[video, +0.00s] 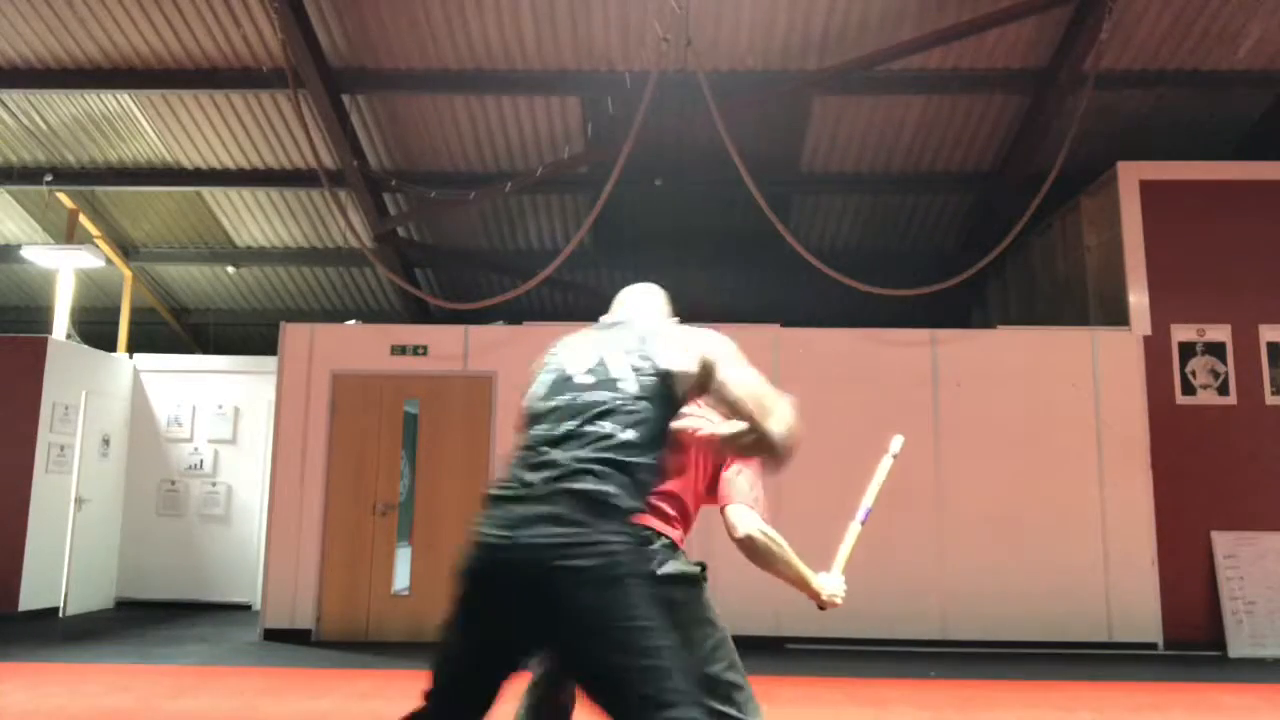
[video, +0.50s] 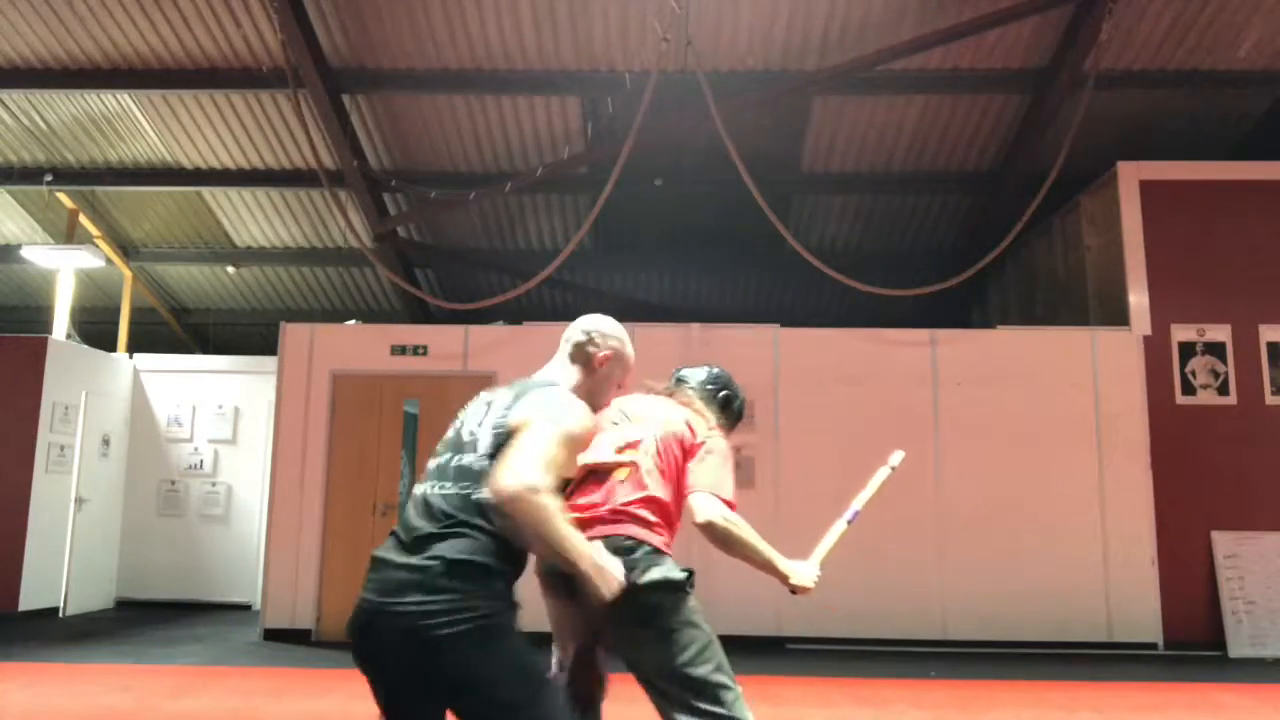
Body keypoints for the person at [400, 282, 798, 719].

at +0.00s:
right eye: (667, 314)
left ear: (609, 317)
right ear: (668, 317)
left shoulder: (558, 351)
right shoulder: (693, 341)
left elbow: (528, 431)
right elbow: (778, 430)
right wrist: (718, 435)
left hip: (501, 548)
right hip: (594, 552)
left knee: (450, 705)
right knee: (667, 708)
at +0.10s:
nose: (651, 343)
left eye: (649, 335)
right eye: (650, 335)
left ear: (597, 320)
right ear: (643, 331)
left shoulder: (518, 366)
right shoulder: (649, 365)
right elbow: (720, 476)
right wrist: (735, 462)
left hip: (447, 557)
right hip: (535, 561)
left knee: (437, 709)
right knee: (622, 709)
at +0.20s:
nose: (650, 364)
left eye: (651, 355)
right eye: (649, 354)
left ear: (586, 333)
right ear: (636, 344)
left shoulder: (501, 373)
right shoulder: (631, 381)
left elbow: (455, 456)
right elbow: (697, 488)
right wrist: (730, 467)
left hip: (432, 570)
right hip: (518, 574)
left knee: (429, 708)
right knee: (600, 709)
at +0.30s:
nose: (619, 392)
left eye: (625, 385)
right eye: (621, 382)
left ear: (568, 348)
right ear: (599, 355)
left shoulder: (475, 385)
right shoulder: (593, 402)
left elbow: (441, 473)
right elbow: (614, 492)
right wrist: (666, 528)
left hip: (407, 595)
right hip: (499, 599)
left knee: (420, 710)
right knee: (575, 710)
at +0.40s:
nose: (612, 400)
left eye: (619, 391)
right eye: (615, 388)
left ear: (564, 354)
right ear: (596, 359)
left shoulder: (476, 391)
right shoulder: (581, 405)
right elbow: (573, 494)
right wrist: (637, 549)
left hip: (395, 610)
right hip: (484, 614)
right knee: (573, 706)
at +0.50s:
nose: (613, 398)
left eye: (622, 386)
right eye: (619, 382)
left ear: (563, 352)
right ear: (601, 360)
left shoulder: (483, 401)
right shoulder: (565, 409)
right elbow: (515, 488)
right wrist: (590, 559)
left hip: (379, 615)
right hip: (457, 621)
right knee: (547, 708)